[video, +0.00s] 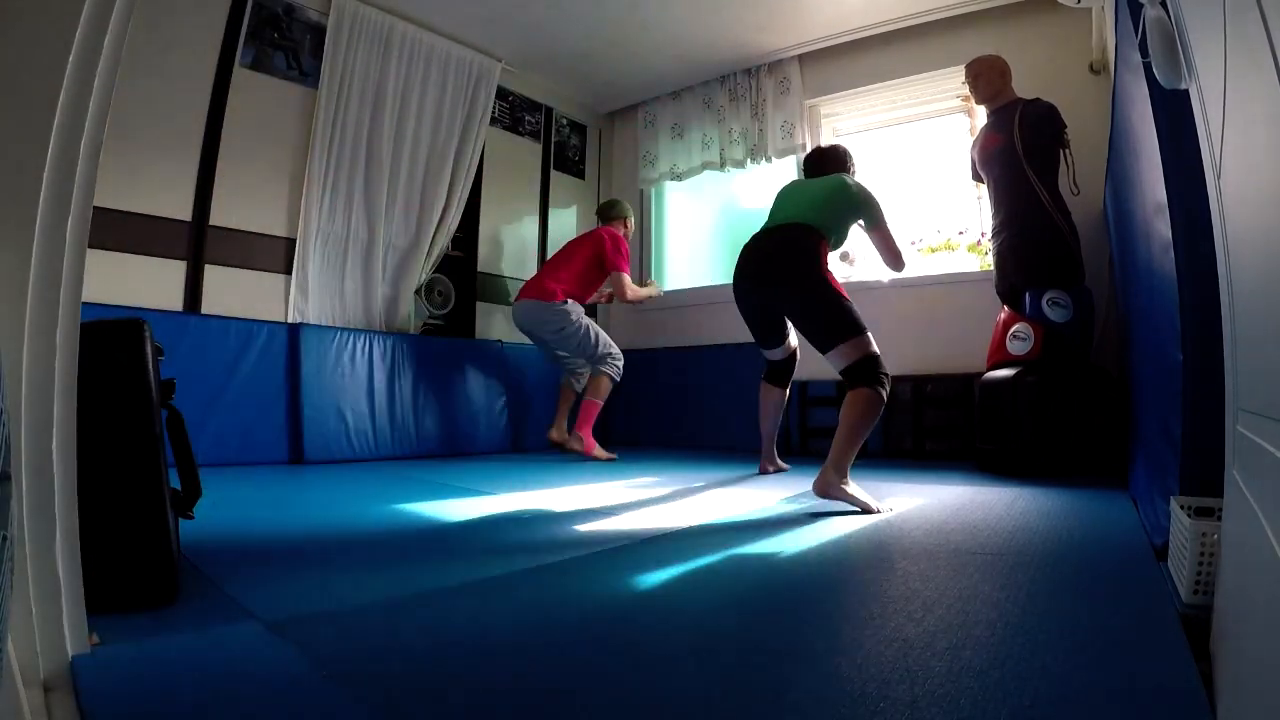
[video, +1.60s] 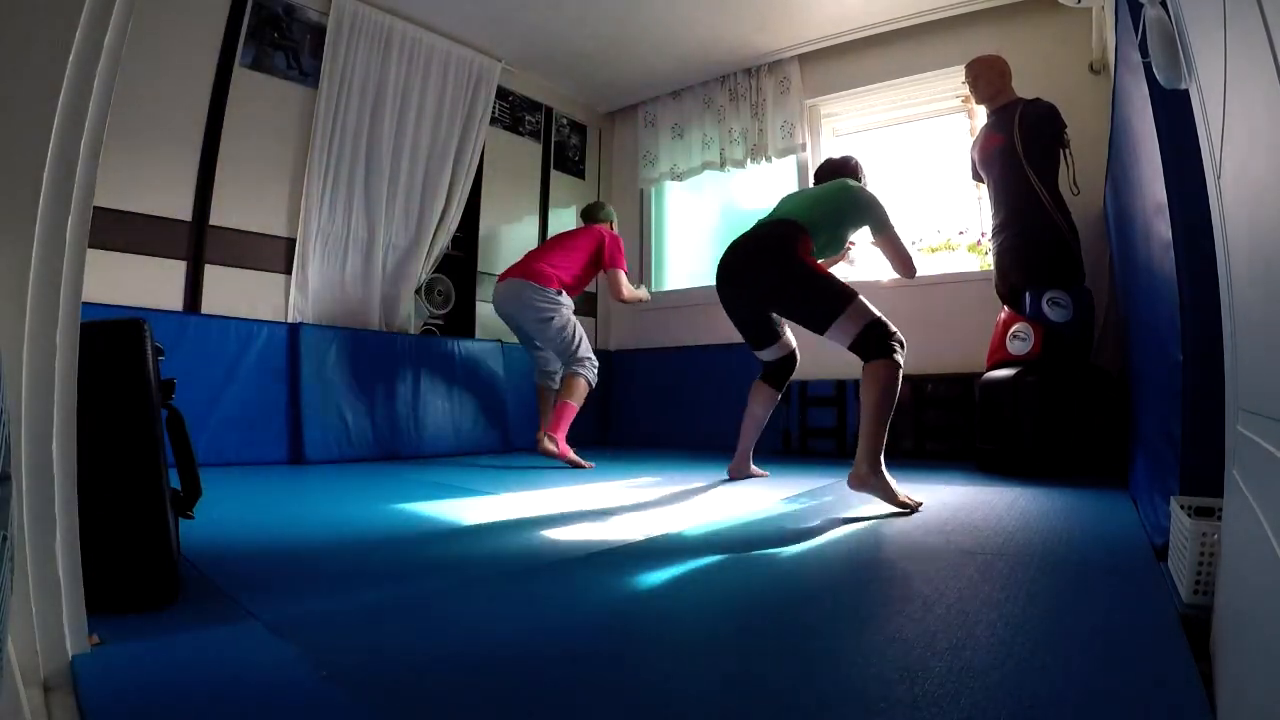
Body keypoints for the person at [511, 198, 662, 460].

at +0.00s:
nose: (630, 234)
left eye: (631, 229)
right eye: (631, 228)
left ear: (602, 222)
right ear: (625, 223)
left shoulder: (587, 238)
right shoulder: (614, 239)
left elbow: (563, 288)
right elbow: (626, 293)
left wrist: (597, 297)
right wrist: (650, 291)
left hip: (524, 306)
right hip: (553, 306)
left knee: (578, 364)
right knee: (610, 358)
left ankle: (559, 428)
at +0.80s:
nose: (652, 258)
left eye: (651, 255)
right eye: (651, 254)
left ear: (625, 251)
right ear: (648, 252)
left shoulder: (608, 266)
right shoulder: (642, 266)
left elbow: (589, 301)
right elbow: (654, 317)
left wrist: (611, 330)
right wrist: (669, 316)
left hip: (557, 321)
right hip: (588, 323)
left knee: (599, 374)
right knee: (639, 375)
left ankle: (587, 435)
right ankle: (610, 432)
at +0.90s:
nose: (651, 256)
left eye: (651, 252)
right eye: (651, 252)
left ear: (625, 249)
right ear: (647, 250)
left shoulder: (609, 264)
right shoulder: (641, 265)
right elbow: (653, 316)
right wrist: (668, 316)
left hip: (556, 319)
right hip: (587, 321)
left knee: (599, 374)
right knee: (638, 372)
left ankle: (587, 435)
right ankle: (610, 431)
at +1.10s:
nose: (649, 247)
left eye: (649, 244)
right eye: (649, 244)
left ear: (621, 242)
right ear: (645, 242)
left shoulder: (602, 257)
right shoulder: (642, 257)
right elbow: (653, 309)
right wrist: (668, 310)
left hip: (554, 314)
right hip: (587, 316)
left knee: (592, 370)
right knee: (636, 373)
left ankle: (586, 435)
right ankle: (608, 437)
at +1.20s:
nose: (645, 240)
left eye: (645, 238)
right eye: (645, 237)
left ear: (616, 234)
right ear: (641, 235)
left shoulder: (597, 248)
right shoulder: (638, 249)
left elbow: (577, 278)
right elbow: (651, 300)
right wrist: (668, 304)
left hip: (547, 303)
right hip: (583, 304)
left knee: (584, 364)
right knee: (627, 368)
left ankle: (584, 431)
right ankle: (607, 439)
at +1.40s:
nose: (632, 238)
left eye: (632, 235)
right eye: (632, 234)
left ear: (602, 231)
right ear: (627, 232)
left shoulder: (587, 244)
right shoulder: (622, 245)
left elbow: (562, 278)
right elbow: (637, 297)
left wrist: (588, 306)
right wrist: (657, 298)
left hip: (526, 299)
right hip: (561, 298)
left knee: (568, 362)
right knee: (613, 357)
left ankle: (552, 437)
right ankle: (587, 424)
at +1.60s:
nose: (617, 231)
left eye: (616, 228)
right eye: (616, 227)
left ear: (584, 223)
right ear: (611, 225)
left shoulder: (568, 236)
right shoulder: (608, 237)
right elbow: (622, 292)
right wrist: (641, 294)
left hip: (503, 289)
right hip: (539, 290)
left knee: (549, 363)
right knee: (584, 362)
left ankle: (546, 434)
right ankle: (557, 437)